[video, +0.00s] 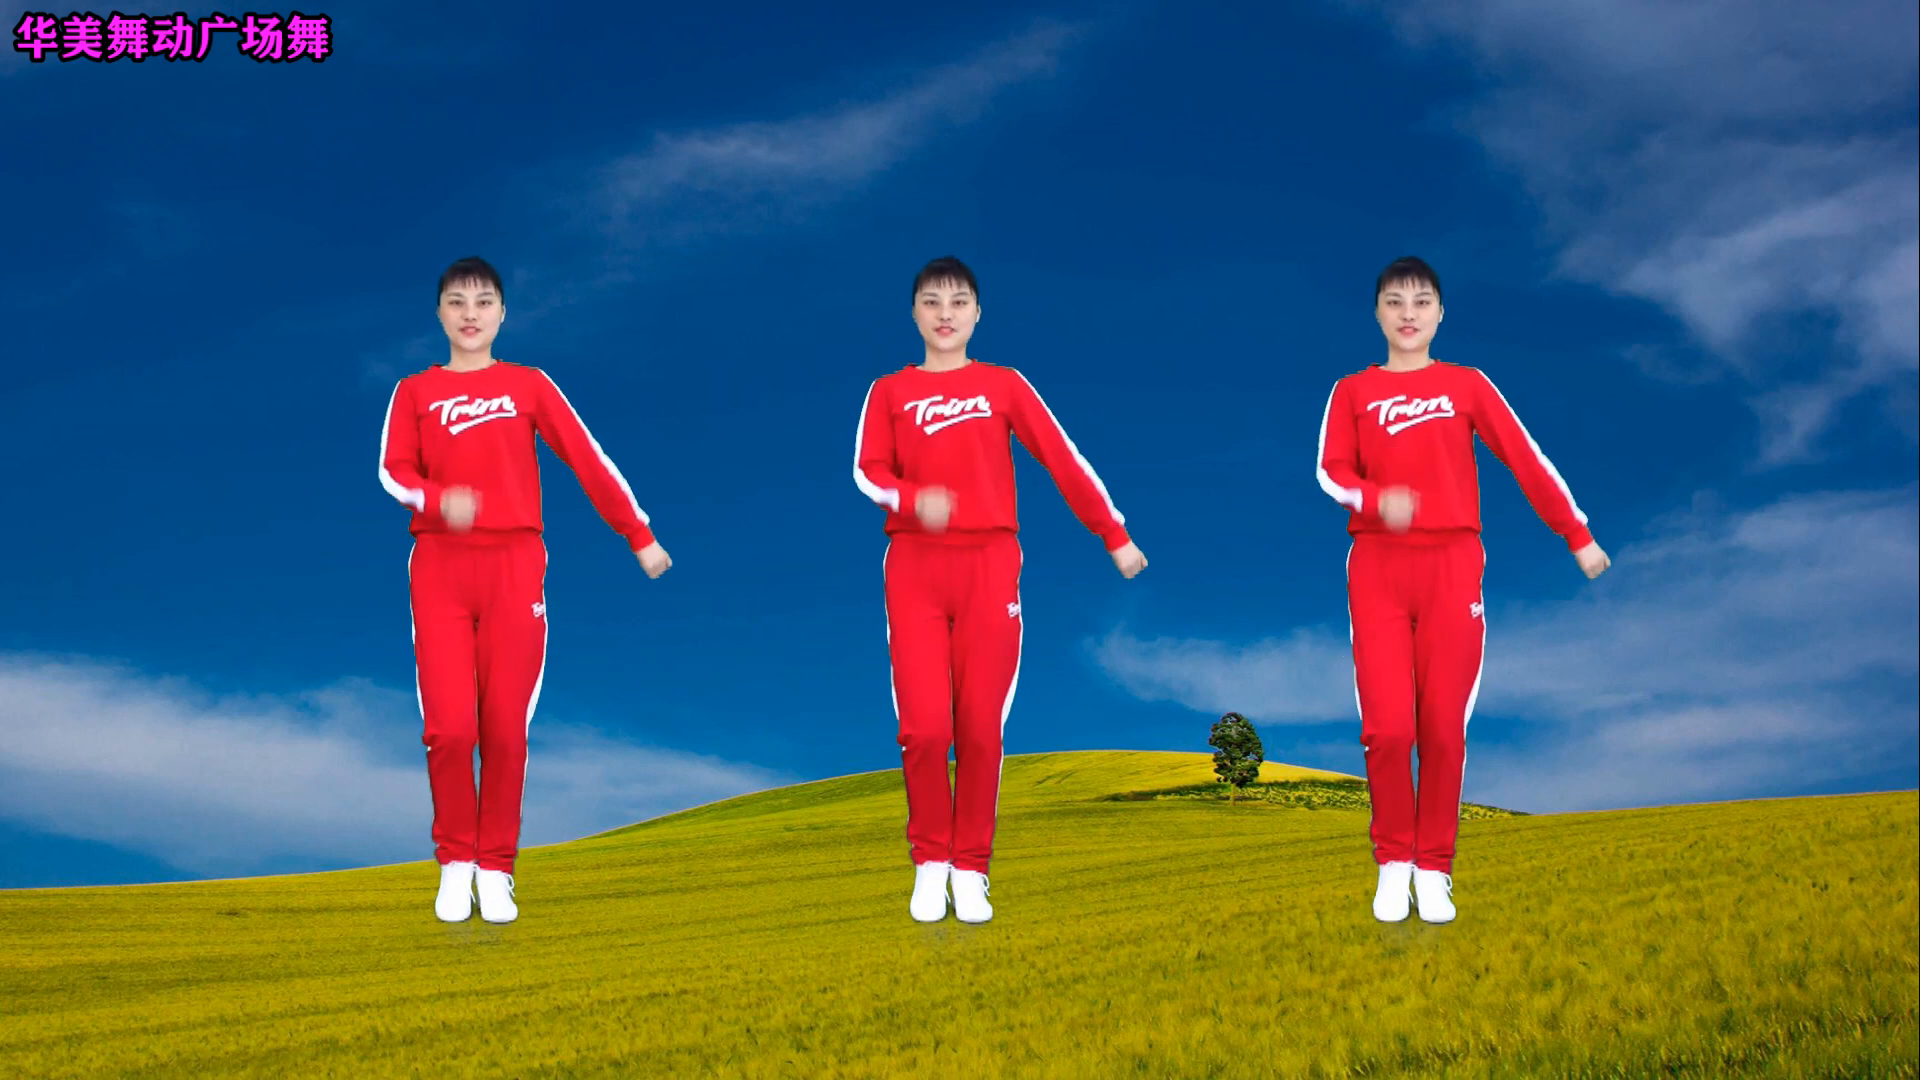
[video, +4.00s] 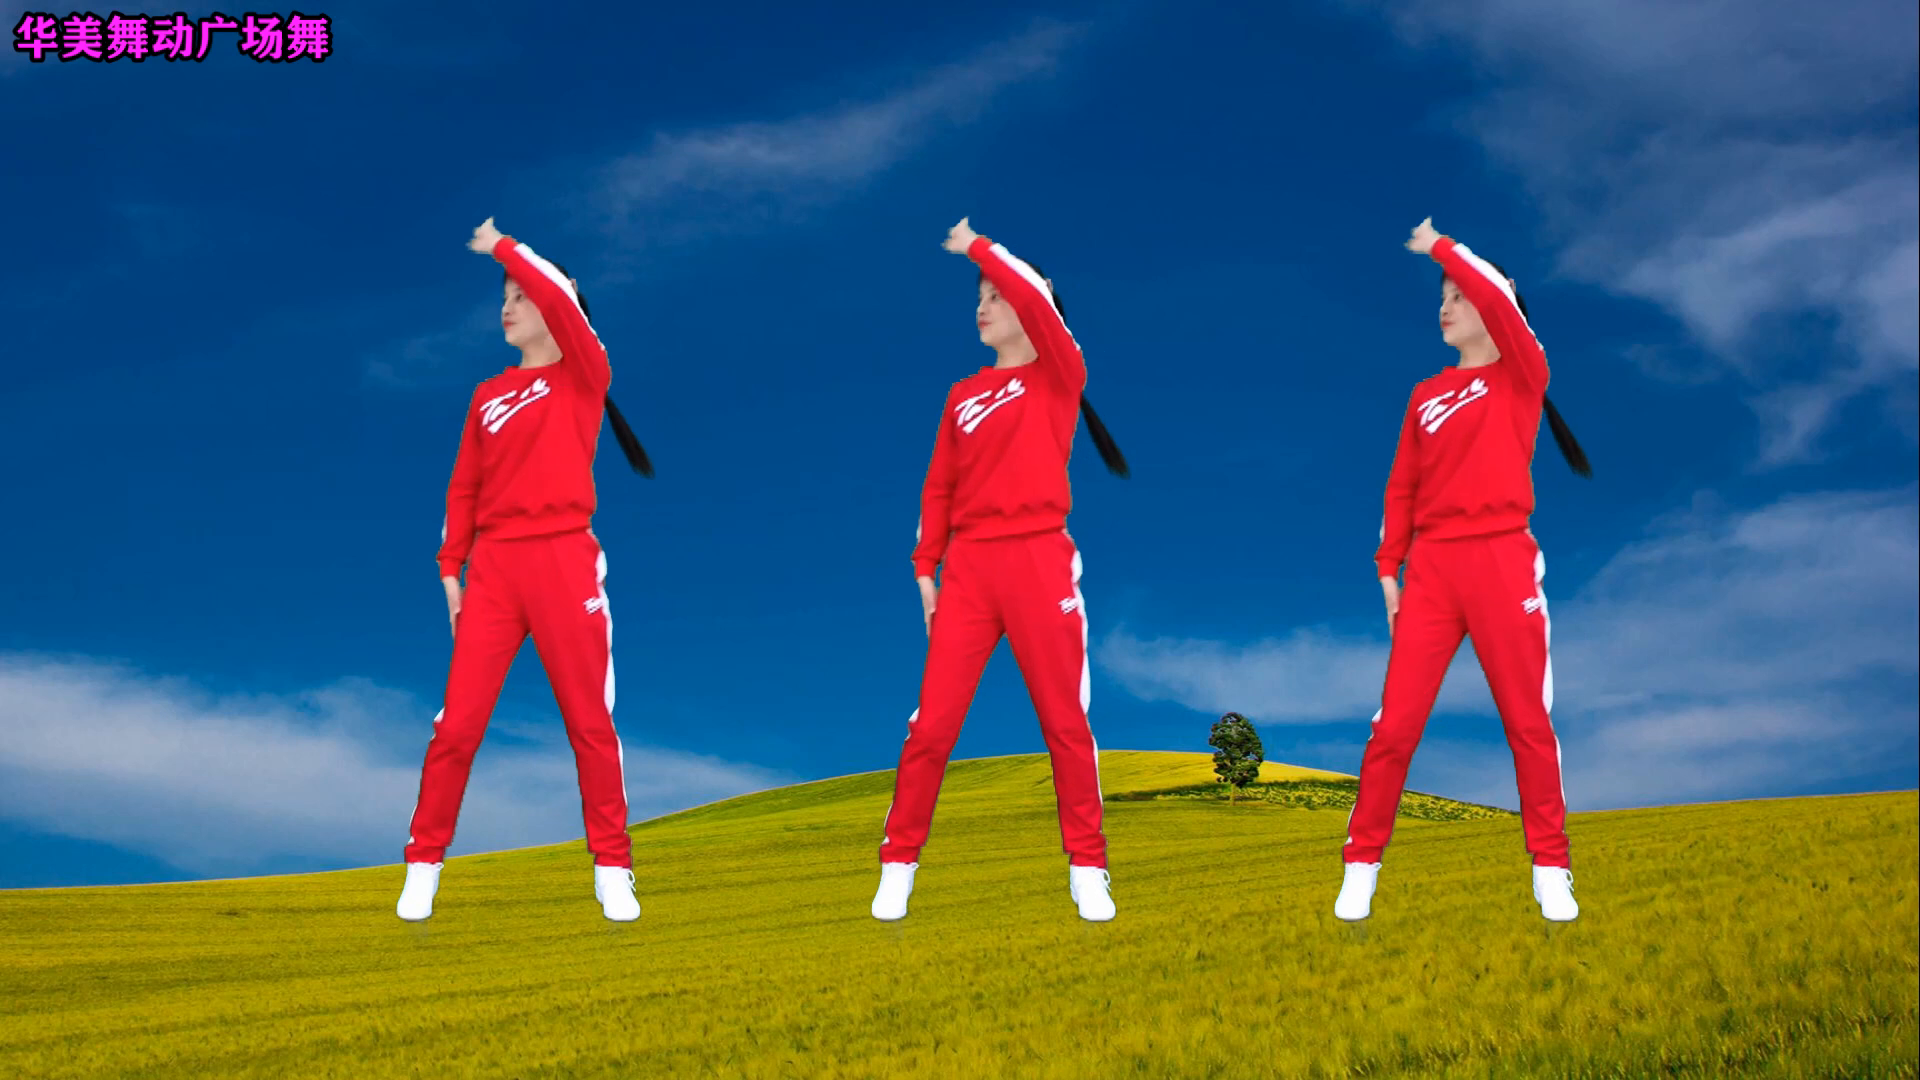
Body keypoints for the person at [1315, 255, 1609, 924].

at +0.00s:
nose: (1408, 313)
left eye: (1421, 302)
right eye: (1395, 302)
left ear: (1439, 313)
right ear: (1379, 314)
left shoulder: (1468, 385)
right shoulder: (1352, 390)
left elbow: (1528, 460)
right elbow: (1331, 472)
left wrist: (1579, 536)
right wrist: (1374, 497)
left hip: (1452, 569)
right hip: (1377, 571)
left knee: (1443, 725)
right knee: (1386, 726)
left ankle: (1434, 867)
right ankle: (1393, 862)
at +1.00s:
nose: (1397, 308)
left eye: (1409, 298)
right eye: (1385, 298)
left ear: (1428, 311)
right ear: (1368, 310)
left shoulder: (1459, 387)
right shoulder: (1340, 393)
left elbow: (1507, 471)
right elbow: (1301, 471)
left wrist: (1540, 558)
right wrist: (1361, 443)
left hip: (1434, 564)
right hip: (1359, 565)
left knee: (1405, 704)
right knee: (1365, 723)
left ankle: (1427, 809)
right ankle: (1392, 863)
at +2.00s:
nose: (1422, 302)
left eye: (1431, 292)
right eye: (1406, 294)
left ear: (1445, 308)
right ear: (1383, 312)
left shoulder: (1474, 389)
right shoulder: (1355, 383)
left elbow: (1502, 473)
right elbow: (1268, 419)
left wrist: (1478, 489)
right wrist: (1175, 454)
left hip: (1461, 564)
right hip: (1386, 565)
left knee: (1450, 725)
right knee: (1394, 726)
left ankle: (1436, 868)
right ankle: (1388, 870)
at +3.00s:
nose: (1502, 329)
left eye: (1511, 318)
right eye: (1487, 321)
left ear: (1528, 328)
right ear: (1468, 337)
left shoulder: (1567, 405)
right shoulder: (1450, 407)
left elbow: (1595, 499)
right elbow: (1364, 403)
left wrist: (1605, 580)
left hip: (1570, 574)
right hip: (1495, 578)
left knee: (1574, 730)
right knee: (1536, 706)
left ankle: (1548, 869)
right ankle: (1490, 785)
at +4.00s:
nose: (1443, 309)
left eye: (1456, 300)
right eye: (1441, 300)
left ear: (1492, 310)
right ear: (1447, 316)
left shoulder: (1522, 378)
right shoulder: (1426, 394)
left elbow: (1500, 300)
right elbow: (1402, 487)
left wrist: (1440, 247)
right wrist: (1389, 567)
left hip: (1503, 559)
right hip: (1431, 564)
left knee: (1528, 719)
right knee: (1395, 724)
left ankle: (1550, 861)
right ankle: (1362, 859)